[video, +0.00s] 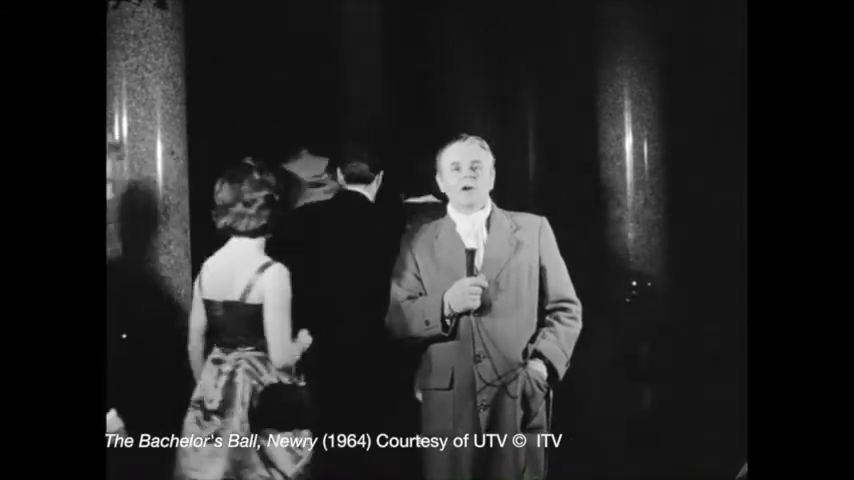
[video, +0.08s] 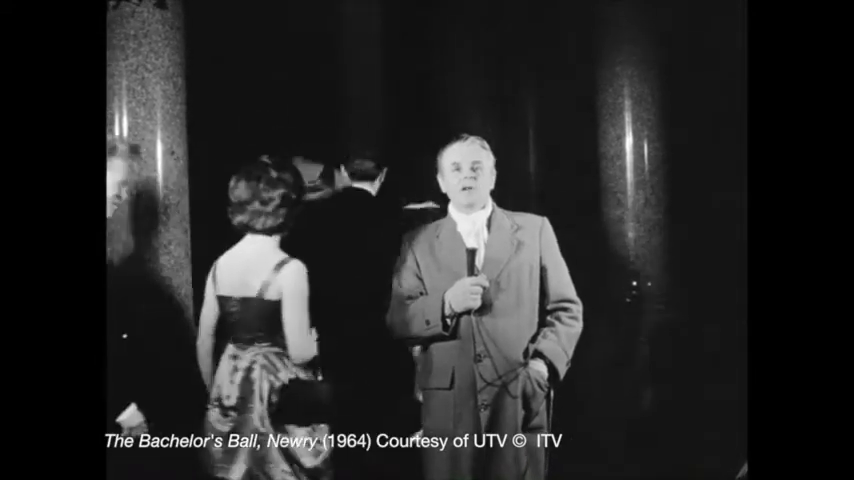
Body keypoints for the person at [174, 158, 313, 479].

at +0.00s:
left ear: (225, 211)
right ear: (273, 213)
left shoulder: (207, 269)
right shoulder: (272, 273)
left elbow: (195, 341)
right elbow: (281, 357)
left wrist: (205, 386)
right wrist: (301, 343)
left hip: (213, 390)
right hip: (259, 397)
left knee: (212, 469)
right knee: (258, 471)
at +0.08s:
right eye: (292, 204)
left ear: (238, 208)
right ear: (288, 211)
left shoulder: (220, 266)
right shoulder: (290, 270)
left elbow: (205, 340)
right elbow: (300, 351)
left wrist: (214, 387)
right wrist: (316, 336)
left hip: (228, 383)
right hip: (275, 388)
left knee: (231, 465)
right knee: (276, 467)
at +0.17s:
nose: (309, 211)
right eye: (305, 204)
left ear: (254, 207)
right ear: (299, 210)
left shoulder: (233, 264)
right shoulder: (305, 267)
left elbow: (214, 337)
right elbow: (317, 349)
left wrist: (219, 390)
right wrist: (332, 341)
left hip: (242, 382)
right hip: (290, 385)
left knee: (247, 463)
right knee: (293, 465)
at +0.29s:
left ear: (270, 207)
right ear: (316, 207)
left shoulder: (251, 264)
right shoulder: (327, 266)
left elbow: (230, 335)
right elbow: (339, 345)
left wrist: (231, 390)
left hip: (261, 373)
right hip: (308, 374)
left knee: (268, 457)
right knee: (313, 459)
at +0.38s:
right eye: (332, 201)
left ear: (281, 208)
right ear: (328, 209)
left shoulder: (262, 266)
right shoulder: (338, 267)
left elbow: (242, 338)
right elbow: (351, 345)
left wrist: (241, 393)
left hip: (273, 376)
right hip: (320, 379)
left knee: (280, 462)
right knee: (327, 464)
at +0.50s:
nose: (351, 212)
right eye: (346, 205)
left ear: (297, 212)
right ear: (340, 212)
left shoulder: (278, 267)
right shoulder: (354, 268)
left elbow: (261, 338)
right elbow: (362, 345)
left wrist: (254, 394)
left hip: (289, 378)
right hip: (335, 380)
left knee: (290, 462)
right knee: (336, 462)